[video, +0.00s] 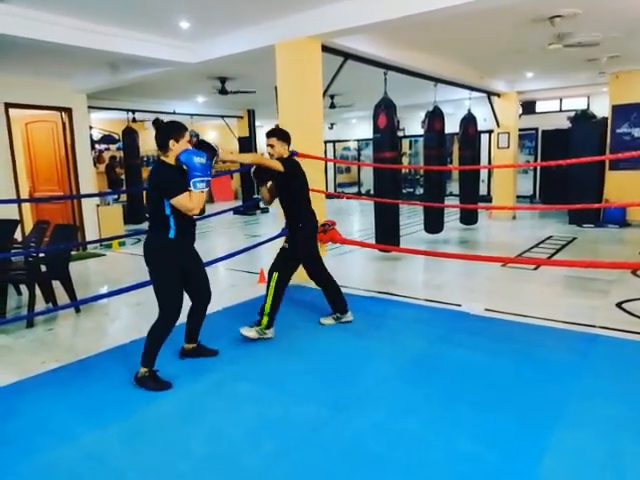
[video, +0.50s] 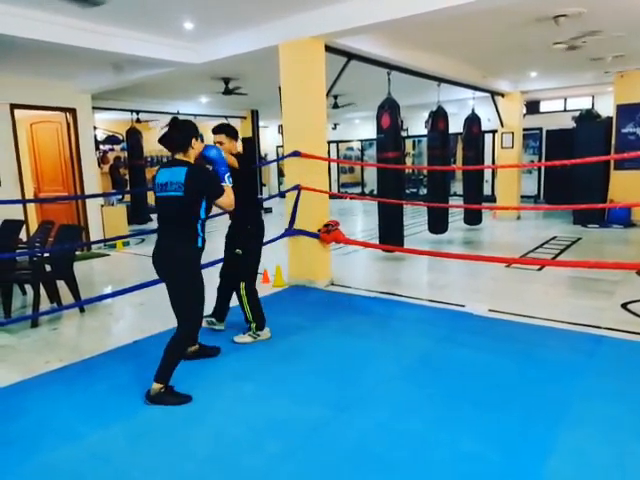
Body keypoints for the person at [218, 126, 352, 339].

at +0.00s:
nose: (268, 151)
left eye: (272, 146)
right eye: (268, 147)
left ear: (285, 145)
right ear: (281, 147)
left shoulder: (289, 165)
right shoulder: (283, 168)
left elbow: (259, 159)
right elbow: (268, 199)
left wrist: (229, 157)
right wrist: (261, 178)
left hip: (300, 229)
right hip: (303, 227)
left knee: (278, 273)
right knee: (317, 271)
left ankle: (265, 326)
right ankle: (342, 312)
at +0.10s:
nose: (257, 153)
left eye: (260, 148)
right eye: (256, 149)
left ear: (275, 147)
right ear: (264, 150)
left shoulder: (279, 168)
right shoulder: (270, 170)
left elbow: (247, 160)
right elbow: (255, 203)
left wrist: (215, 156)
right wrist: (249, 179)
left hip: (287, 230)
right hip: (287, 228)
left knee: (265, 277)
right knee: (302, 272)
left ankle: (257, 329)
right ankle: (337, 306)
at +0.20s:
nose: (246, 152)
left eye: (249, 147)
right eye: (245, 148)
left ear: (263, 146)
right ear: (249, 150)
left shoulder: (267, 167)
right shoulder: (260, 168)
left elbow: (238, 160)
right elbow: (245, 202)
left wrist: (212, 156)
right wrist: (238, 181)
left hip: (274, 229)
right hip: (274, 227)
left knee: (252, 278)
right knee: (272, 274)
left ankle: (256, 329)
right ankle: (315, 296)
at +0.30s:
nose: (236, 149)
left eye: (241, 144)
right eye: (235, 144)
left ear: (254, 143)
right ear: (237, 145)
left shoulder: (258, 164)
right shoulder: (250, 167)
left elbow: (231, 156)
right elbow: (233, 198)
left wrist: (207, 150)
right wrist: (230, 178)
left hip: (263, 224)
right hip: (263, 222)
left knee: (248, 278)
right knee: (255, 273)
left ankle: (257, 329)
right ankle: (286, 300)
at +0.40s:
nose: (227, 147)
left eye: (231, 142)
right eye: (226, 142)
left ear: (245, 140)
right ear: (230, 143)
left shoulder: (250, 161)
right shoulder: (238, 165)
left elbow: (223, 152)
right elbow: (226, 197)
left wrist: (195, 146)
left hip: (258, 224)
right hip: (246, 222)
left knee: (248, 275)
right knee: (234, 269)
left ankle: (258, 327)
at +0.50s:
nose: (217, 147)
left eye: (220, 143)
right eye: (216, 143)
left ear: (232, 140)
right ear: (224, 142)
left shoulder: (245, 159)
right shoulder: (230, 161)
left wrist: (218, 153)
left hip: (250, 223)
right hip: (237, 222)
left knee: (243, 280)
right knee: (228, 274)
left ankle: (259, 327)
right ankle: (218, 318)